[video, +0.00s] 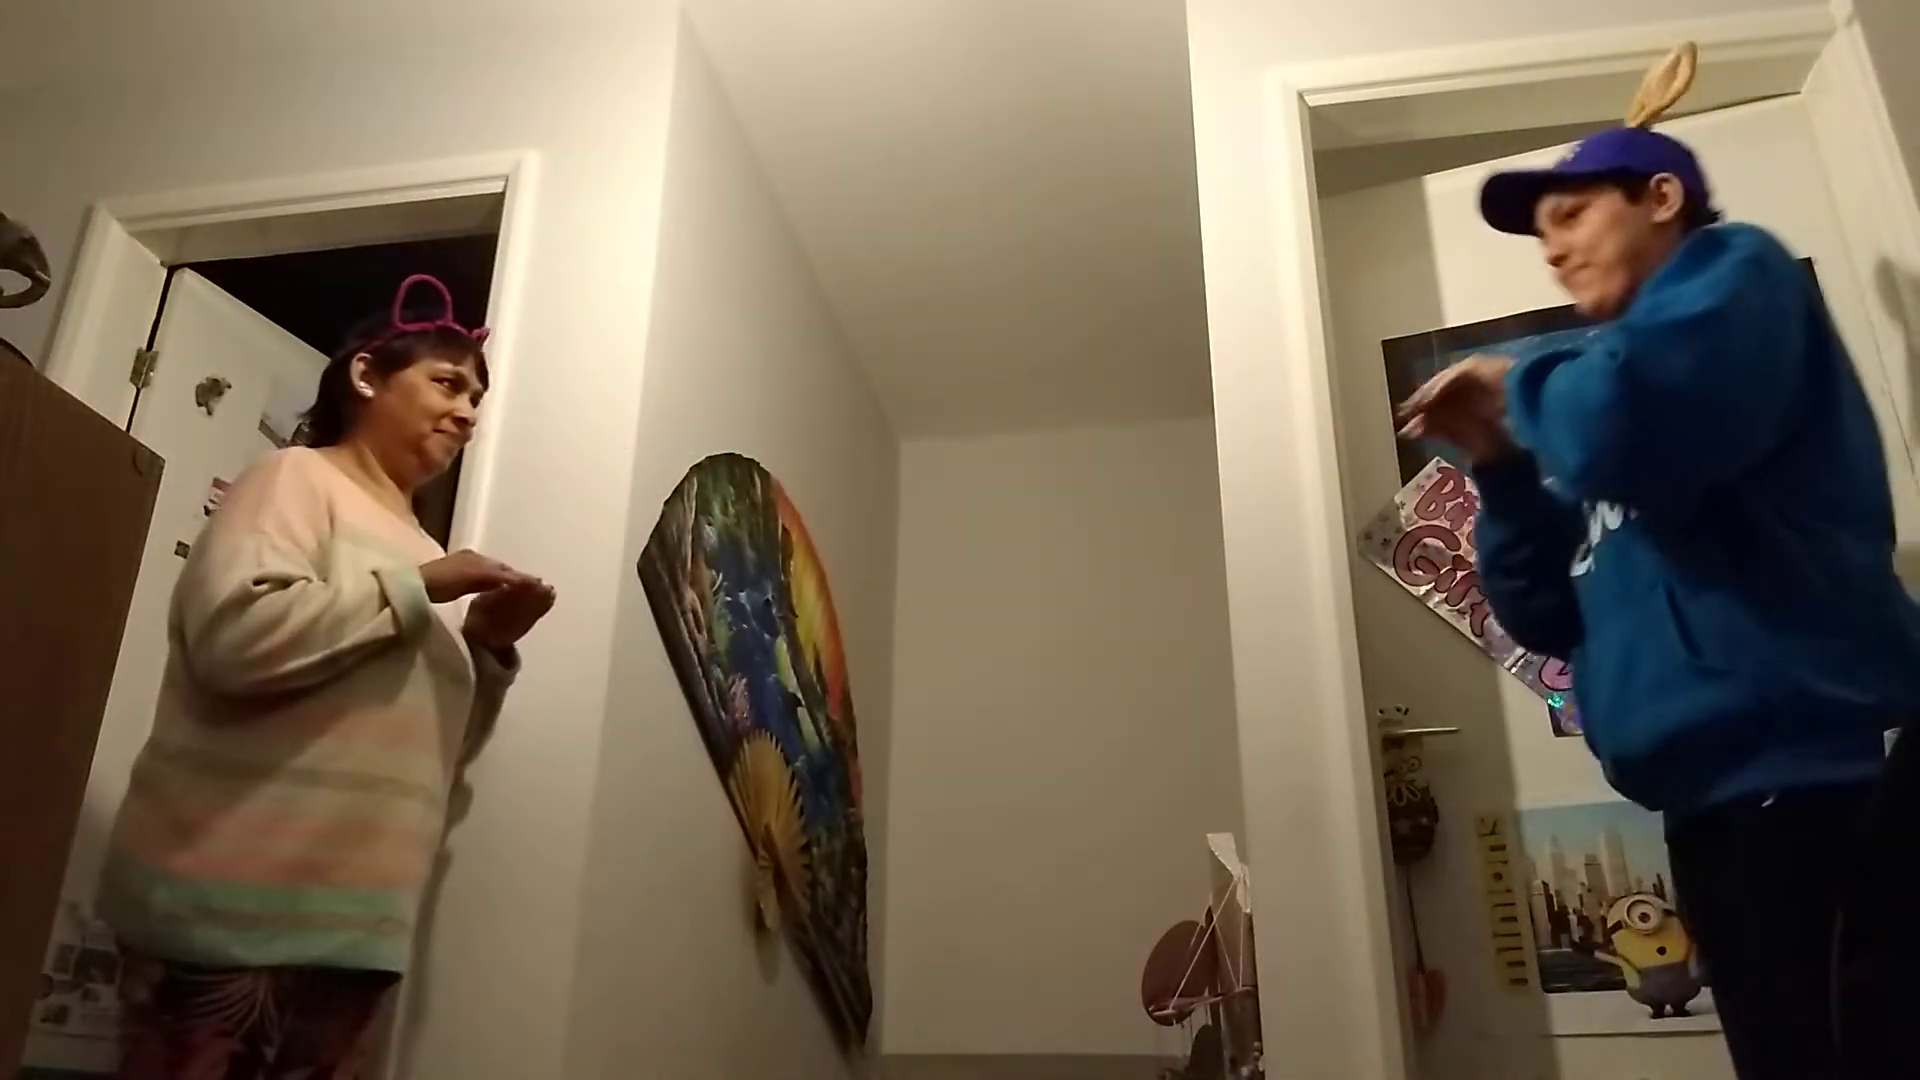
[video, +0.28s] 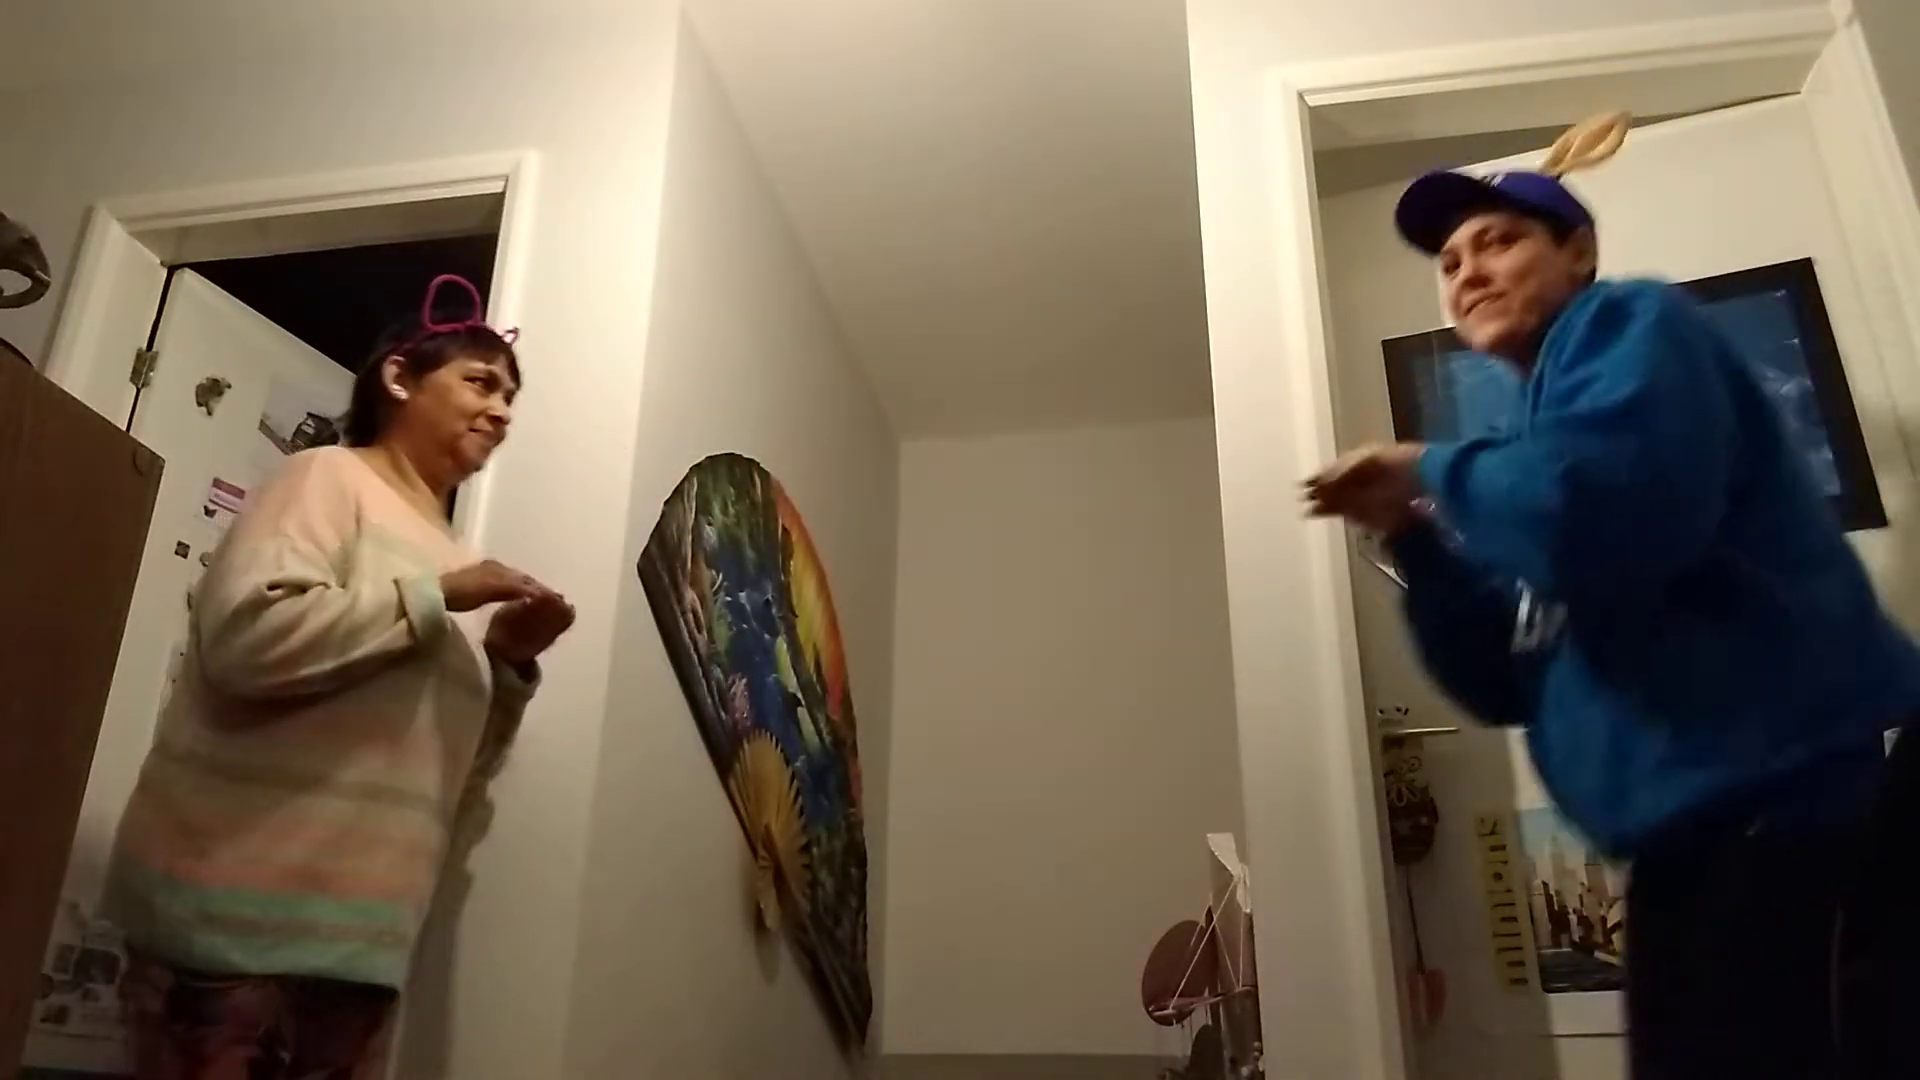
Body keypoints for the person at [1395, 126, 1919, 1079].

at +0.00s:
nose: (1553, 247)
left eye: (1573, 214)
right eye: (1544, 231)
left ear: (1661, 200)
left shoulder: (1736, 273)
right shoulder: (1635, 364)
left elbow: (1630, 423)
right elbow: (1547, 615)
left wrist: (1517, 382)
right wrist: (1502, 473)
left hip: (1818, 788)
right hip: (1721, 809)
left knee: (1835, 1051)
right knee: (1782, 1054)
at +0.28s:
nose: (1468, 272)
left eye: (1497, 241)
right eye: (1451, 264)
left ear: (1578, 252)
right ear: (1449, 306)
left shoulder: (1641, 329)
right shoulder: (1525, 431)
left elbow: (1611, 501)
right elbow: (1505, 685)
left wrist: (1426, 475)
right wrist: (1410, 540)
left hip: (1800, 792)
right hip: (1687, 824)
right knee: (1682, 1056)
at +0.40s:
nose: (1449, 259)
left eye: (1474, 227)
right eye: (1433, 244)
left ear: (1552, 230)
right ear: (1427, 268)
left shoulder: (1612, 308)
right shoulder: (1465, 389)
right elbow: (1421, 629)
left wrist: (1386, 403)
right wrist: (1360, 471)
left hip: (1753, 790)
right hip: (1621, 820)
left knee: (1745, 1050)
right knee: (1652, 1056)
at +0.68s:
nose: (1326, 209)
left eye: (1346, 175)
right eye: (1321, 193)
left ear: (1427, 158)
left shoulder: (1490, 250)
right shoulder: (1371, 333)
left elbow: (1413, 473)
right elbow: (1336, 567)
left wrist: (1275, 392)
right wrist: (1274, 417)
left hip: (1580, 713)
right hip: (1482, 728)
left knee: (1584, 1038)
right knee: (1526, 1040)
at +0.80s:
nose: (1286, 262)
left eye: (1300, 228)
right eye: (1282, 241)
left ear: (1382, 212)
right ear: (1376, 221)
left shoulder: (1453, 298)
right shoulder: (1372, 375)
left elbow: (1359, 507)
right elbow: (1289, 626)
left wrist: (1250, 410)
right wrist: (1253, 455)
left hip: (1519, 790)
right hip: (1441, 798)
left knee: (1497, 1060)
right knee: (1450, 1057)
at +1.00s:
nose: (1176, 214)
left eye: (1189, 179)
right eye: (1172, 194)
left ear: (1262, 151)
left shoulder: (1328, 209)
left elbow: (1206, 352)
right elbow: (1182, 531)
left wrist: (1147, 313)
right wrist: (1170, 362)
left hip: (1385, 655)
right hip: (1313, 669)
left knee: (1337, 1000)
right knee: (1328, 1002)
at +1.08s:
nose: (1131, 247)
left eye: (1143, 210)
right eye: (1126, 227)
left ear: (1214, 182)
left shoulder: (1280, 252)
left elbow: (1186, 422)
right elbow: (1155, 574)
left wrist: (1114, 363)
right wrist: (1119, 410)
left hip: (1342, 684)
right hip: (1283, 695)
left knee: (1260, 1020)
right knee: (1301, 1022)